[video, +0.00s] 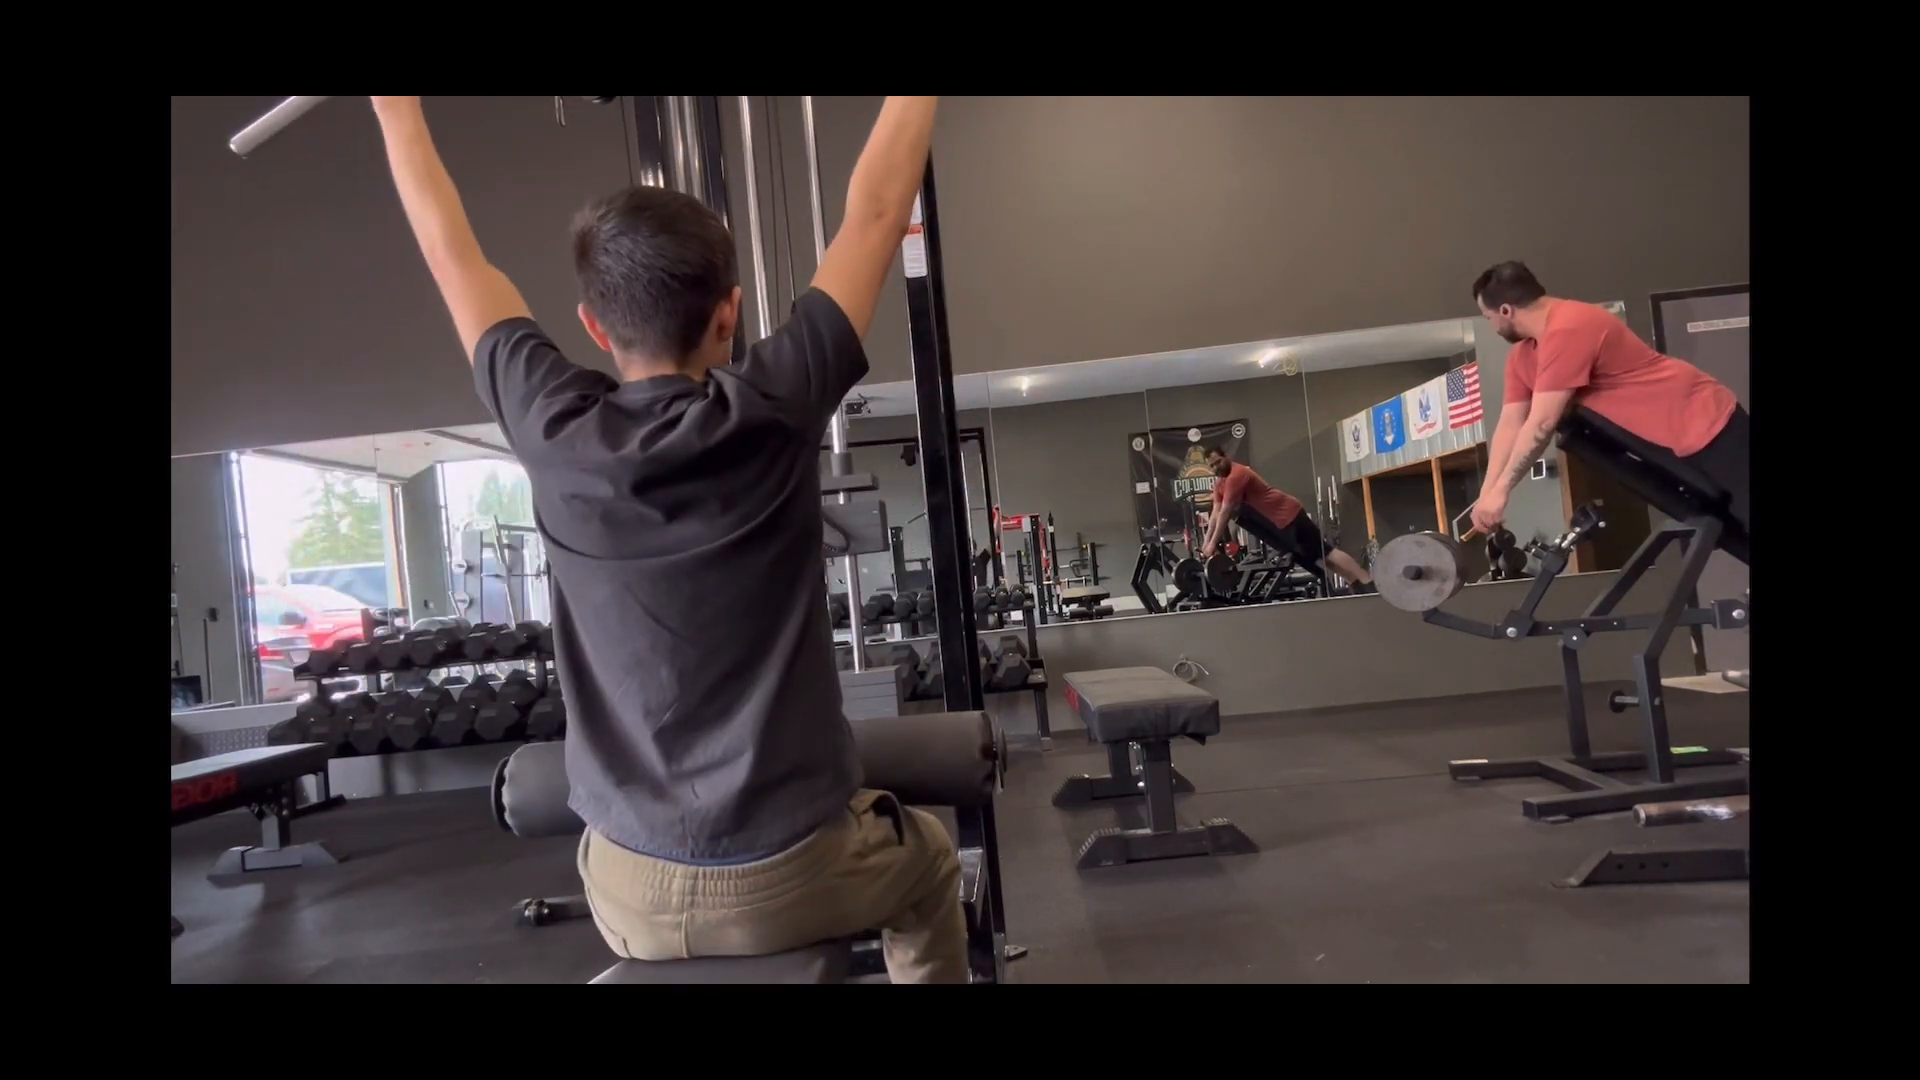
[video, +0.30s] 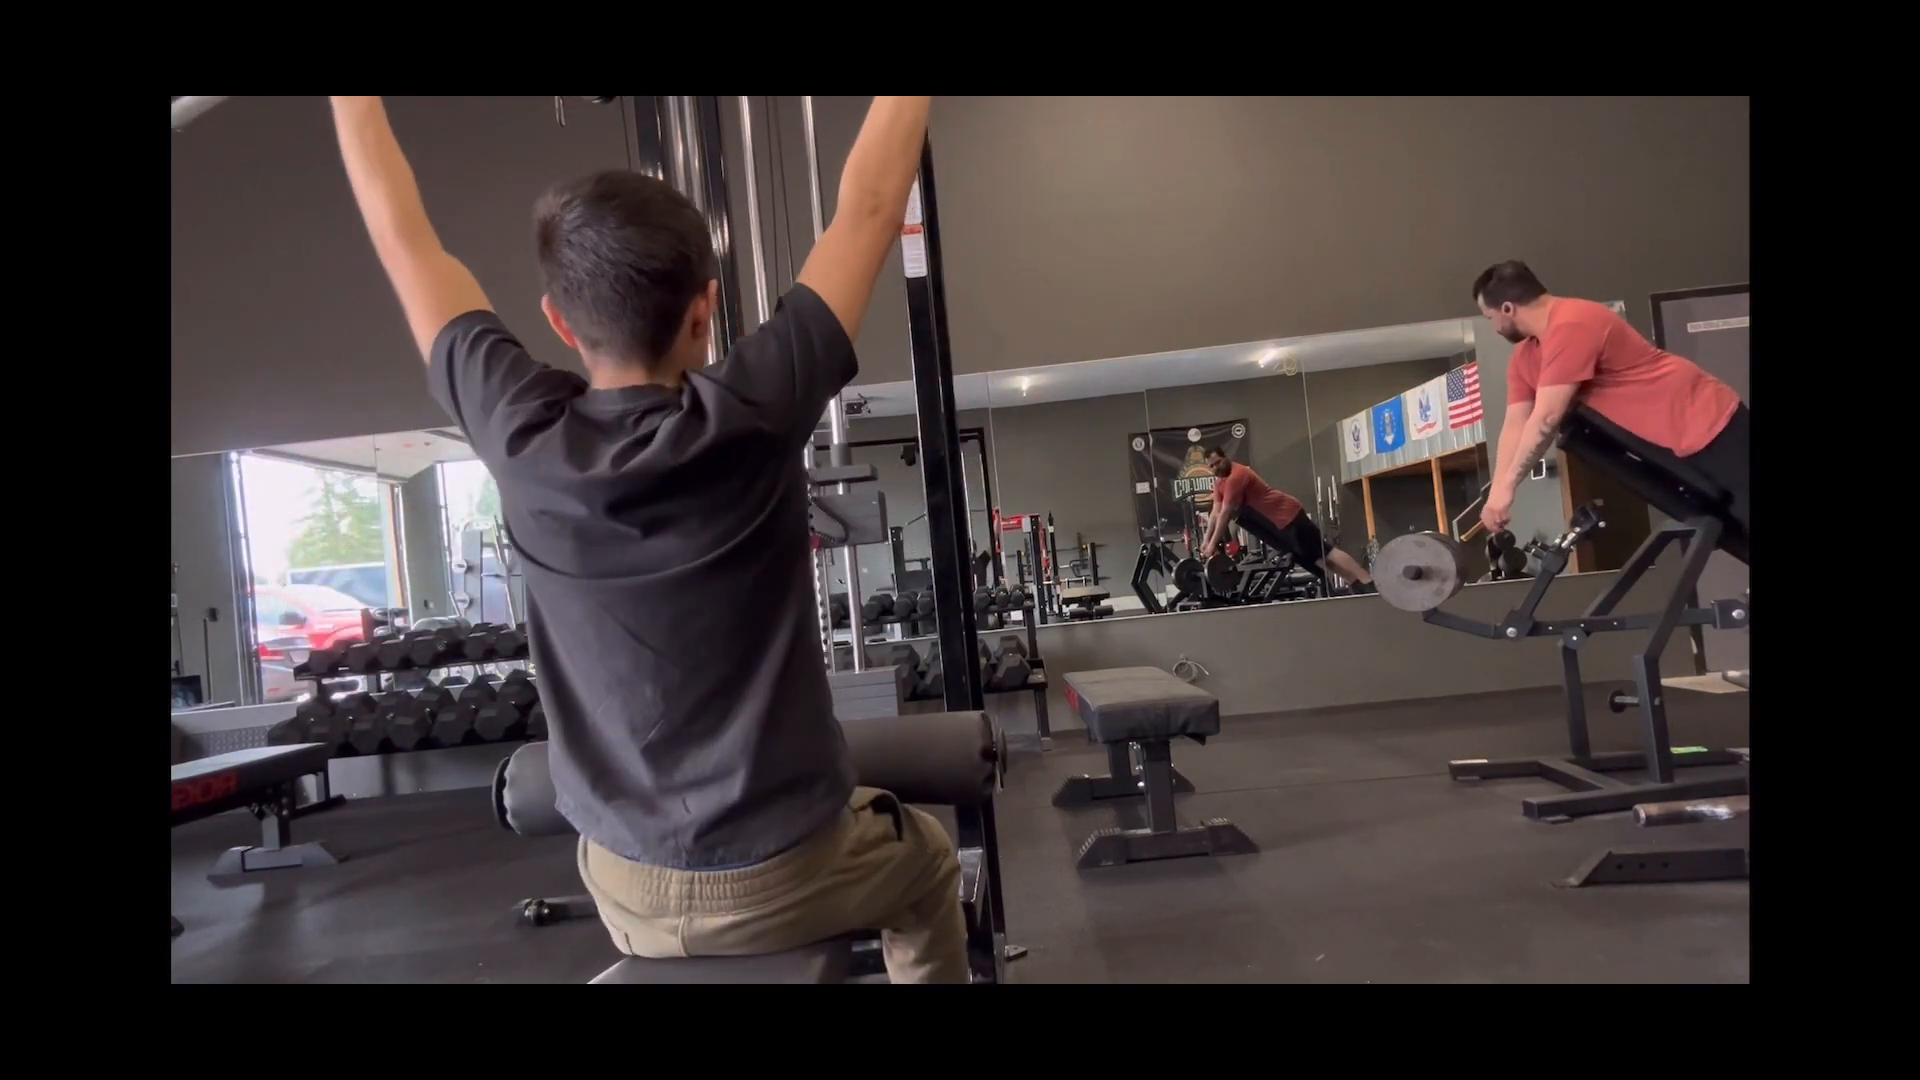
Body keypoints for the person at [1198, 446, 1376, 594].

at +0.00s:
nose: (1217, 465)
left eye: (1219, 460)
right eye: (1212, 464)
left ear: (1226, 457)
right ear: (1210, 468)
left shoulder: (1238, 474)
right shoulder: (1219, 484)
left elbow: (1226, 511)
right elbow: (1216, 512)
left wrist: (1213, 542)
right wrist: (1207, 540)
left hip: (1290, 513)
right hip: (1279, 525)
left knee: (1325, 550)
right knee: (1318, 558)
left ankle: (1368, 582)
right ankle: (1355, 584)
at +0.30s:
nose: (1216, 466)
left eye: (1218, 461)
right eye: (1211, 465)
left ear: (1226, 457)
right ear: (1209, 468)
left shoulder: (1238, 475)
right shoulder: (1219, 483)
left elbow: (1226, 513)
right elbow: (1215, 513)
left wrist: (1213, 543)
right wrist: (1206, 540)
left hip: (1289, 514)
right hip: (1278, 525)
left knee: (1325, 550)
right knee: (1316, 558)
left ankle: (1368, 582)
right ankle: (1355, 584)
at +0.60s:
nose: (1213, 474)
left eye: (1213, 469)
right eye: (1209, 472)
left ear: (1222, 461)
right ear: (1207, 471)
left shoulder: (1238, 476)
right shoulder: (1219, 484)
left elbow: (1235, 513)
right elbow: (1218, 512)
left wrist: (1221, 543)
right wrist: (1209, 539)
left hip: (1290, 515)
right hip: (1278, 526)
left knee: (1324, 550)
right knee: (1316, 558)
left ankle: (1367, 581)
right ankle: (1354, 583)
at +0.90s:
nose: (1214, 475)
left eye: (1214, 470)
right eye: (1210, 473)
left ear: (1221, 463)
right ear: (1208, 473)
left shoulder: (1240, 475)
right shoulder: (1220, 485)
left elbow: (1257, 505)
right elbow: (1225, 510)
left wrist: (1258, 537)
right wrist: (1223, 538)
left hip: (1289, 514)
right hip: (1274, 525)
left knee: (1323, 551)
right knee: (1313, 559)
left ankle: (1368, 581)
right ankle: (1354, 583)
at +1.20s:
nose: (1217, 477)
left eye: (1217, 472)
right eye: (1212, 476)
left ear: (1223, 465)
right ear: (1209, 476)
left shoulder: (1244, 481)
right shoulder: (1221, 487)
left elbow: (1267, 507)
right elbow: (1226, 515)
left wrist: (1279, 538)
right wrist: (1232, 541)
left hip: (1291, 514)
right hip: (1276, 524)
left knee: (1326, 551)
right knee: (1317, 559)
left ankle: (1368, 581)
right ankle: (1354, 583)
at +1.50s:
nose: (1218, 479)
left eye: (1218, 474)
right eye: (1213, 478)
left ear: (1224, 467)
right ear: (1209, 479)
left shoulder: (1243, 483)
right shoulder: (1221, 489)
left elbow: (1269, 507)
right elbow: (1226, 515)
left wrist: (1275, 540)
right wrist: (1232, 542)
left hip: (1290, 515)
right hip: (1276, 525)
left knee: (1325, 551)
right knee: (1316, 560)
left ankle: (1368, 582)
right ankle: (1354, 584)